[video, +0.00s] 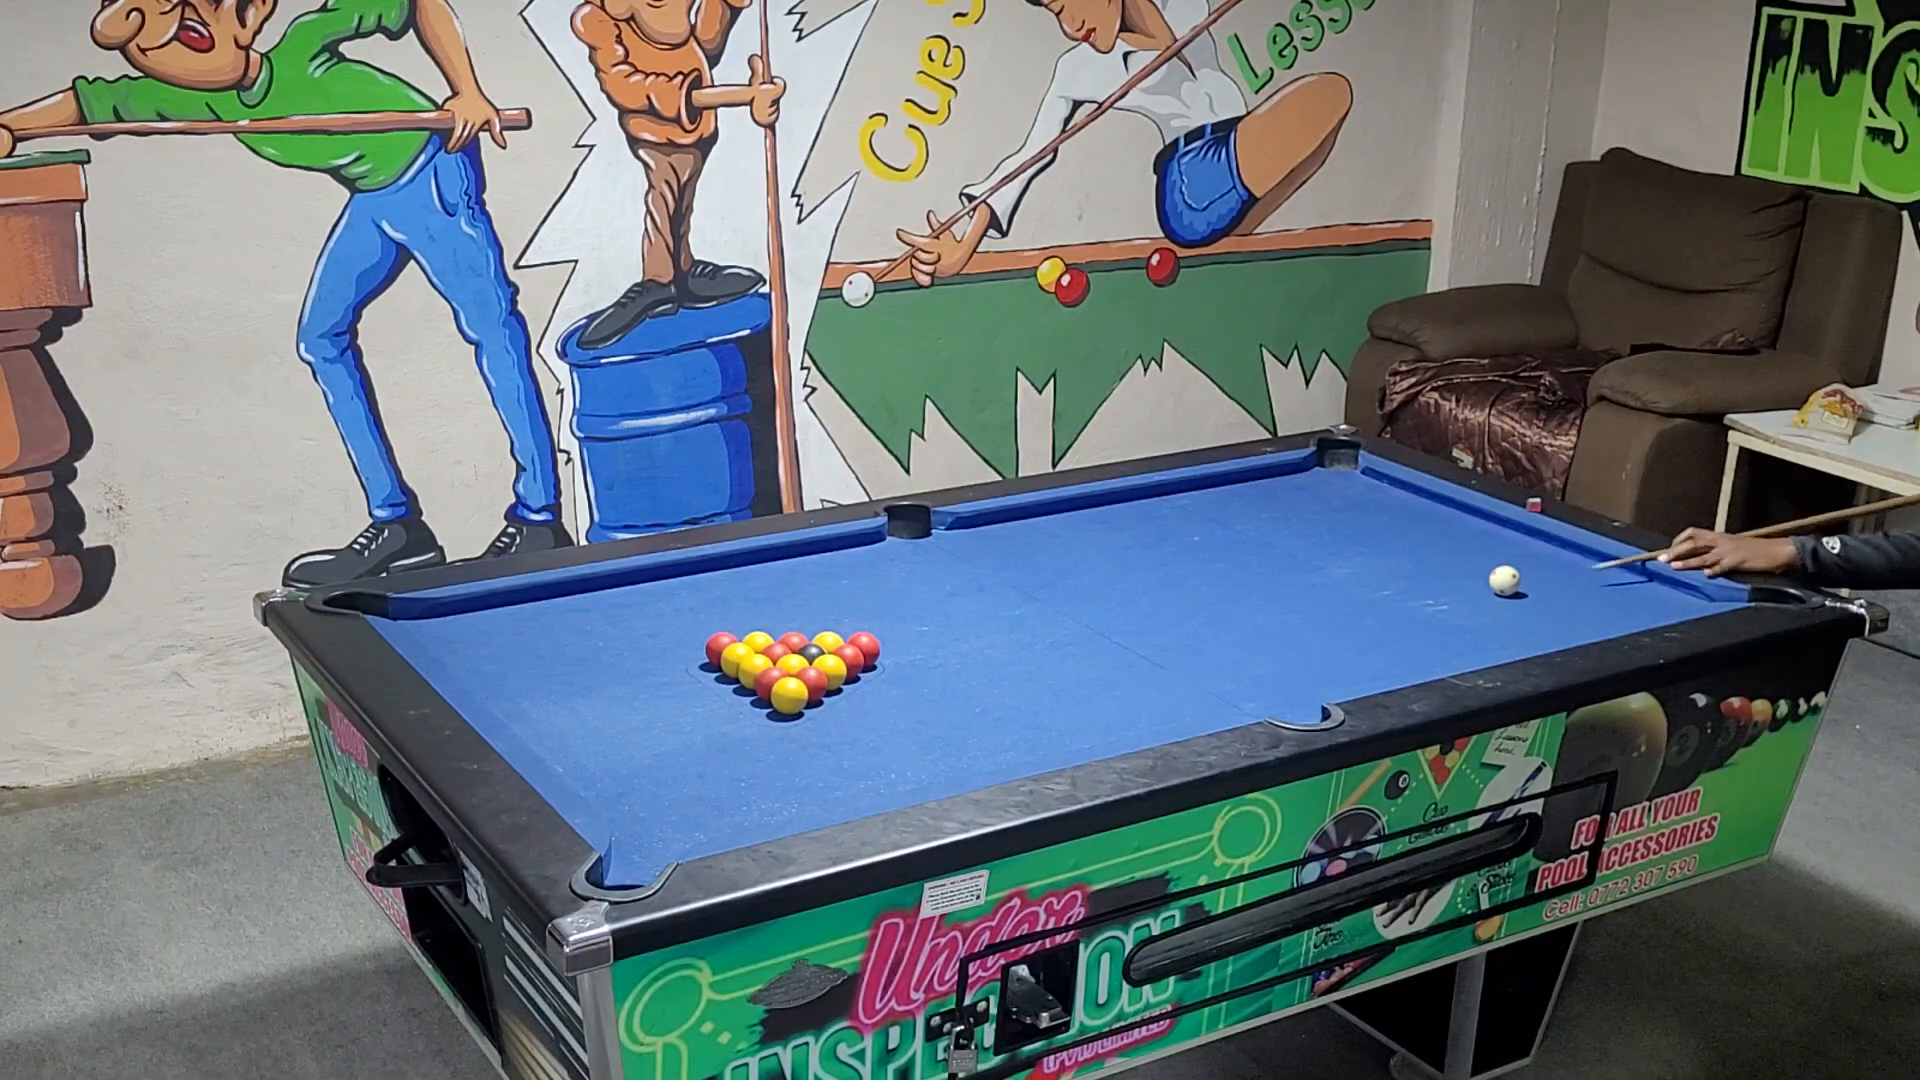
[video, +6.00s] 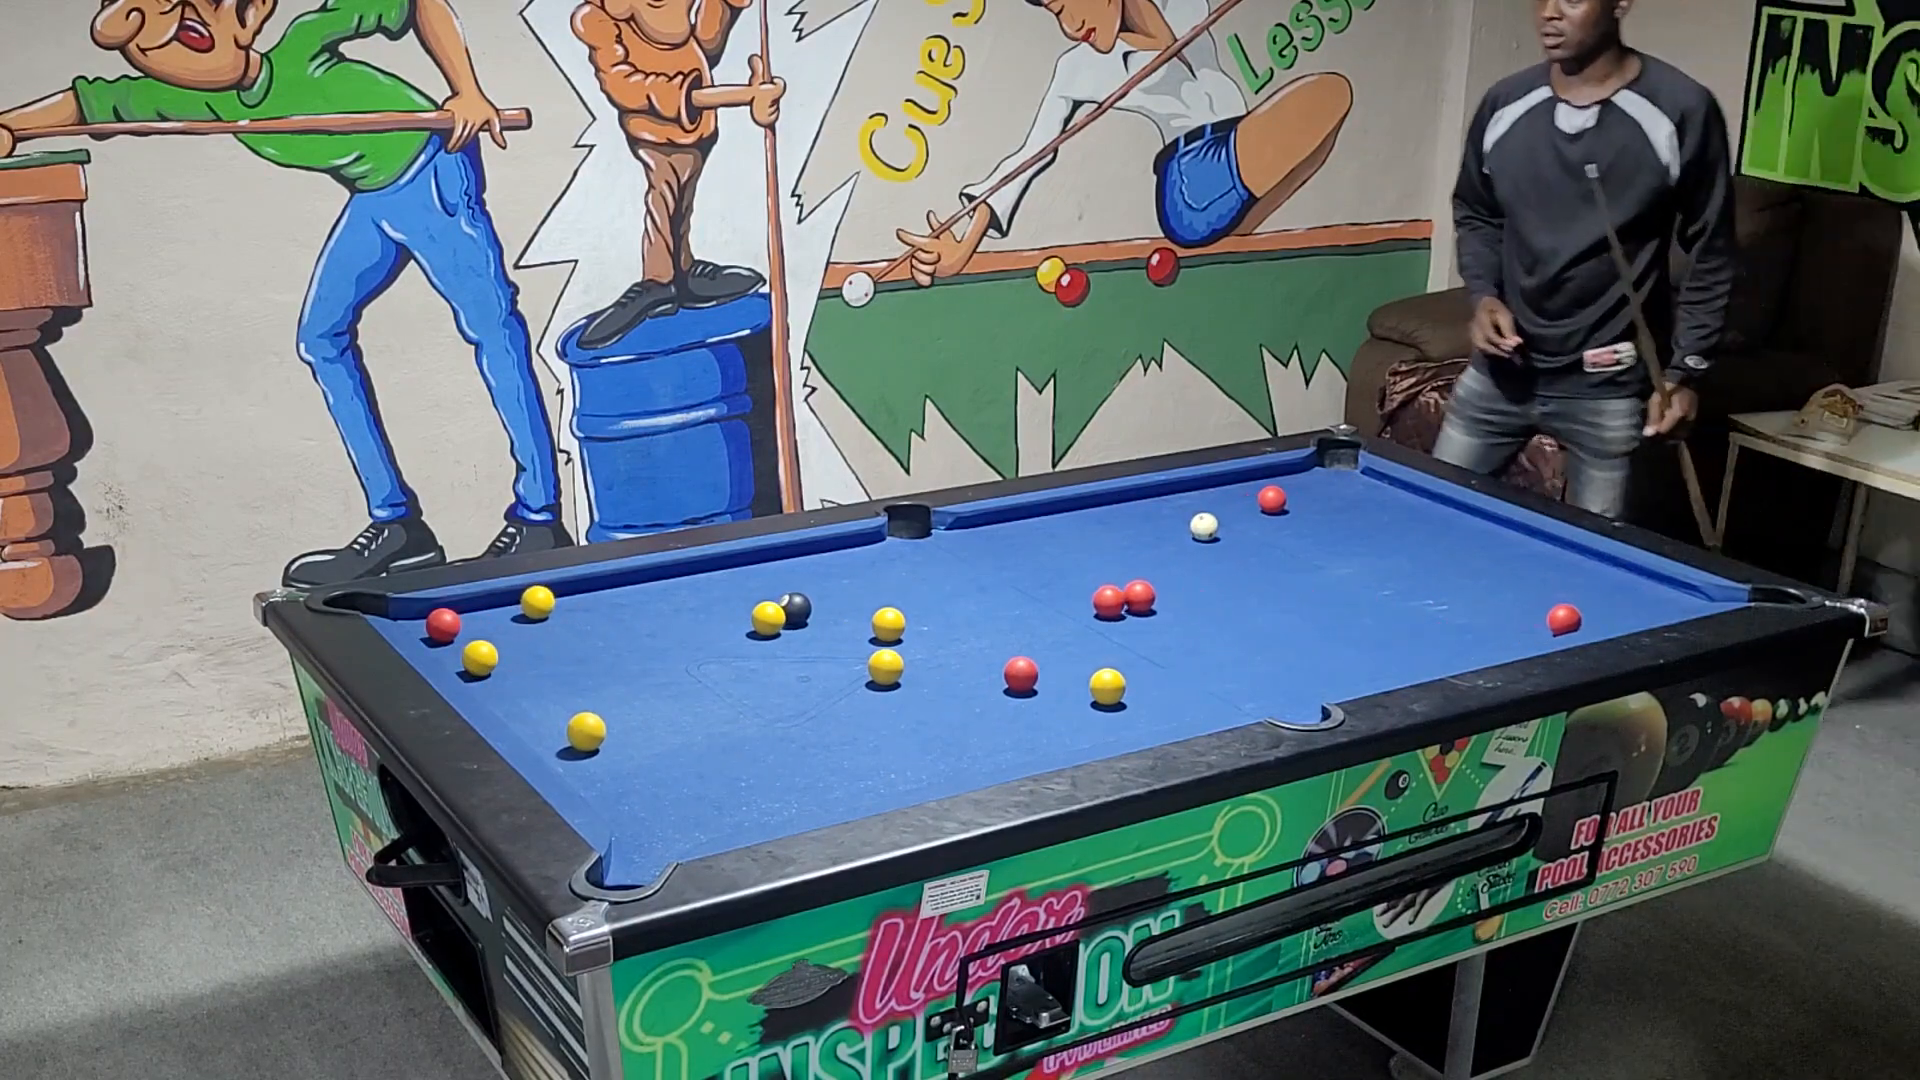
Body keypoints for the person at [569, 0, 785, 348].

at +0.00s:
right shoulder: (597, 19)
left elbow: (707, 46)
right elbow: (625, 88)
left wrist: (731, 5)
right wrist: (746, 95)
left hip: (694, 88)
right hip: (645, 103)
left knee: (688, 173)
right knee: (666, 173)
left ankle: (682, 268)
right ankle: (657, 280)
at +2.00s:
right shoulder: (596, 19)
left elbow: (707, 48)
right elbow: (625, 88)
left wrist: (730, 6)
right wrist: (746, 94)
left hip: (695, 88)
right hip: (644, 103)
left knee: (688, 174)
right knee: (665, 173)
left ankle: (682, 269)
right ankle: (656, 282)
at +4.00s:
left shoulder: (697, 6)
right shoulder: (596, 18)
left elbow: (707, 47)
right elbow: (625, 87)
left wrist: (730, 6)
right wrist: (746, 95)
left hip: (695, 87)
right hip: (644, 103)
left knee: (687, 175)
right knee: (665, 175)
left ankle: (682, 268)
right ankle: (657, 281)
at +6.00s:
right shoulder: (596, 18)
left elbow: (707, 47)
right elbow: (625, 88)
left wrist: (729, 6)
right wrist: (746, 94)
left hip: (695, 87)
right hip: (644, 104)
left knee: (688, 174)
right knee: (665, 174)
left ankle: (682, 268)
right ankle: (657, 281)